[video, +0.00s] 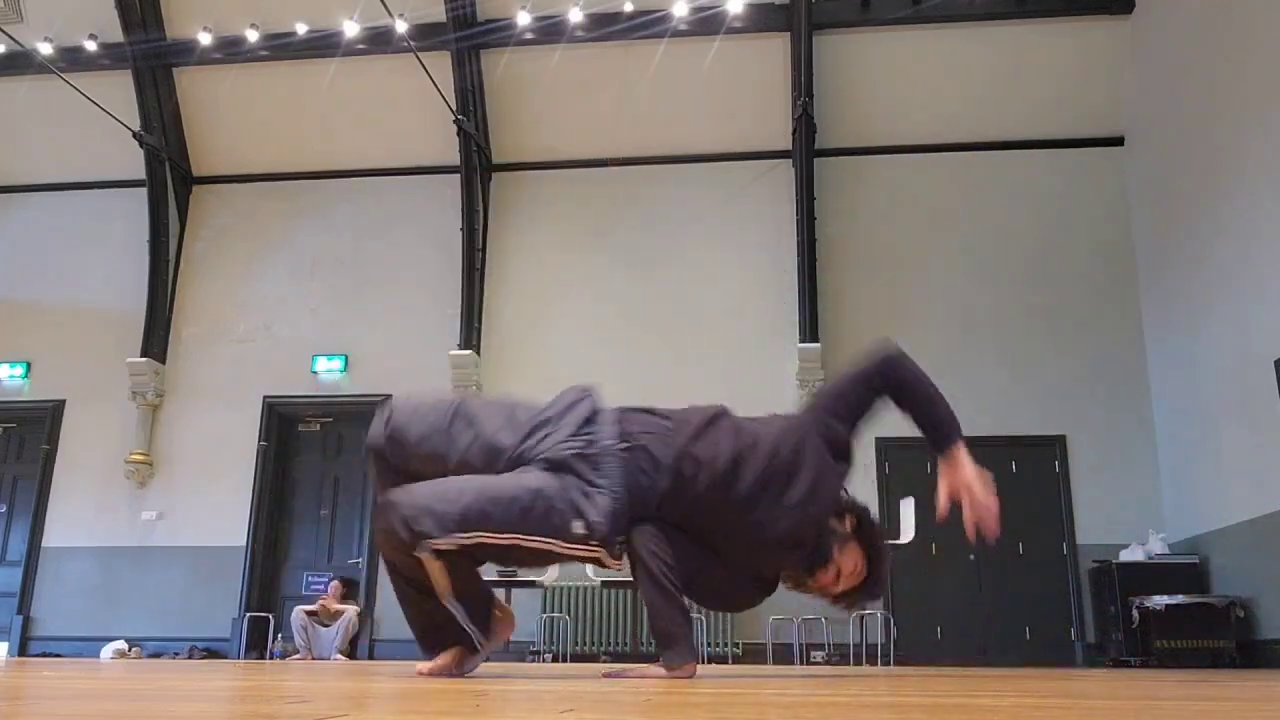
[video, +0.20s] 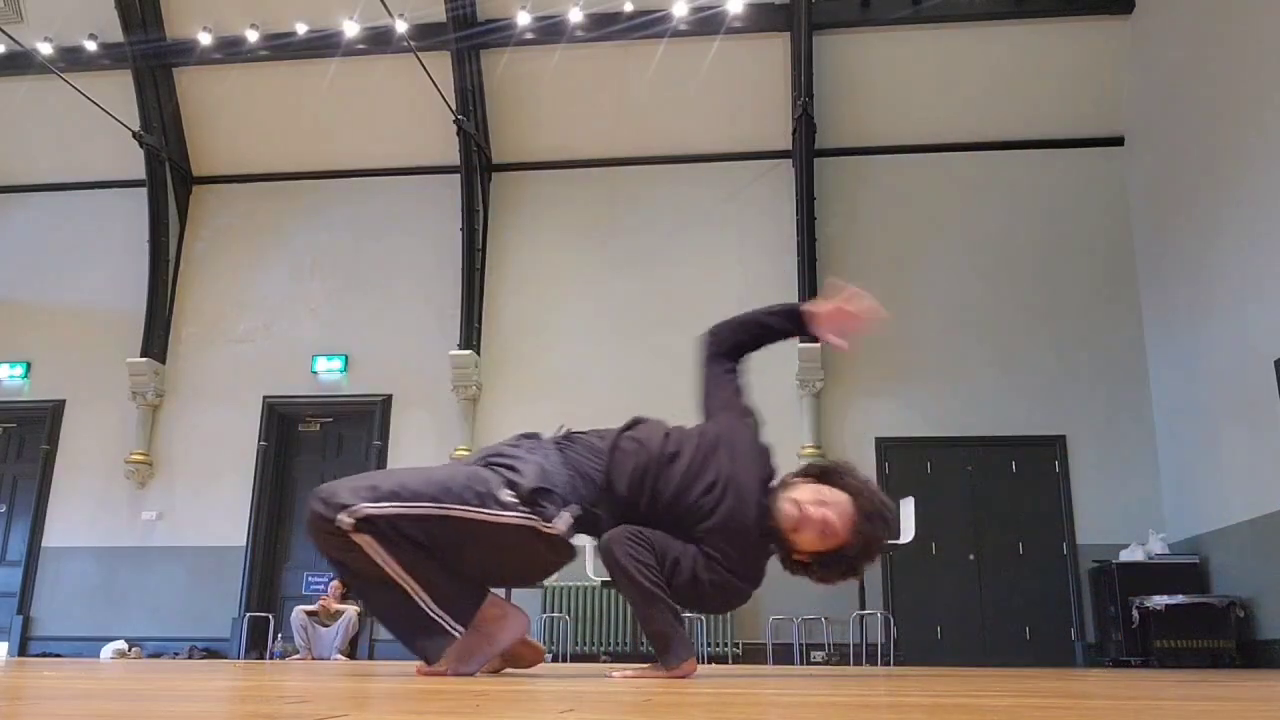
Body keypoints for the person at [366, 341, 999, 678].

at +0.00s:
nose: (829, 582)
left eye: (837, 588)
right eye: (843, 570)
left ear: (829, 590)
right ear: (850, 531)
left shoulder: (741, 587)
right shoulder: (820, 449)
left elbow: (650, 540)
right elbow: (890, 361)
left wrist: (680, 656)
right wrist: (955, 449)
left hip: (599, 503)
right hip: (582, 419)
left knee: (401, 517)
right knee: (396, 428)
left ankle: (484, 620)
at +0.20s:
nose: (821, 513)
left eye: (830, 532)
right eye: (834, 500)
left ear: (809, 557)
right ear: (815, 475)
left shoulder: (732, 573)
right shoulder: (741, 438)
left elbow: (625, 545)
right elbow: (723, 347)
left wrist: (676, 653)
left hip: (544, 502)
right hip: (531, 458)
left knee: (338, 508)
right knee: (344, 521)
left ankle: (480, 622)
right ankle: (482, 638)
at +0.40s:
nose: (746, 525)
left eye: (760, 544)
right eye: (759, 519)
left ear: (752, 583)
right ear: (751, 509)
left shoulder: (685, 583)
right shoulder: (689, 521)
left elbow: (622, 554)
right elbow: (620, 459)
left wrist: (679, 659)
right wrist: (692, 399)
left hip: (504, 495)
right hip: (499, 471)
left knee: (298, 520)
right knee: (301, 520)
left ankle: (472, 612)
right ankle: (481, 618)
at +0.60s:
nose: (722, 555)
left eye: (733, 568)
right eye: (737, 558)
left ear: (724, 611)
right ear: (715, 621)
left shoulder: (673, 571)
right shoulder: (651, 631)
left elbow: (659, 546)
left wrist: (670, 671)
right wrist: (646, 662)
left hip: (491, 504)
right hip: (484, 501)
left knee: (289, 524)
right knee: (291, 523)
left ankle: (461, 609)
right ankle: (473, 609)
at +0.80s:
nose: (737, 596)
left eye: (740, 603)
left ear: (736, 609)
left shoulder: (692, 596)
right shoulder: (631, 648)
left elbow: (718, 532)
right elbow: (520, 645)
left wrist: (700, 657)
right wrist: (370, 602)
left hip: (508, 520)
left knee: (305, 504)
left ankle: (459, 609)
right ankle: (480, 628)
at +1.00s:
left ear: (764, 628)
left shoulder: (715, 592)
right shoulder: (656, 652)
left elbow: (789, 556)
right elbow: (558, 656)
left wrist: (737, 657)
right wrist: (647, 666)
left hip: (544, 534)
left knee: (351, 497)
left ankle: (468, 624)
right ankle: (494, 623)